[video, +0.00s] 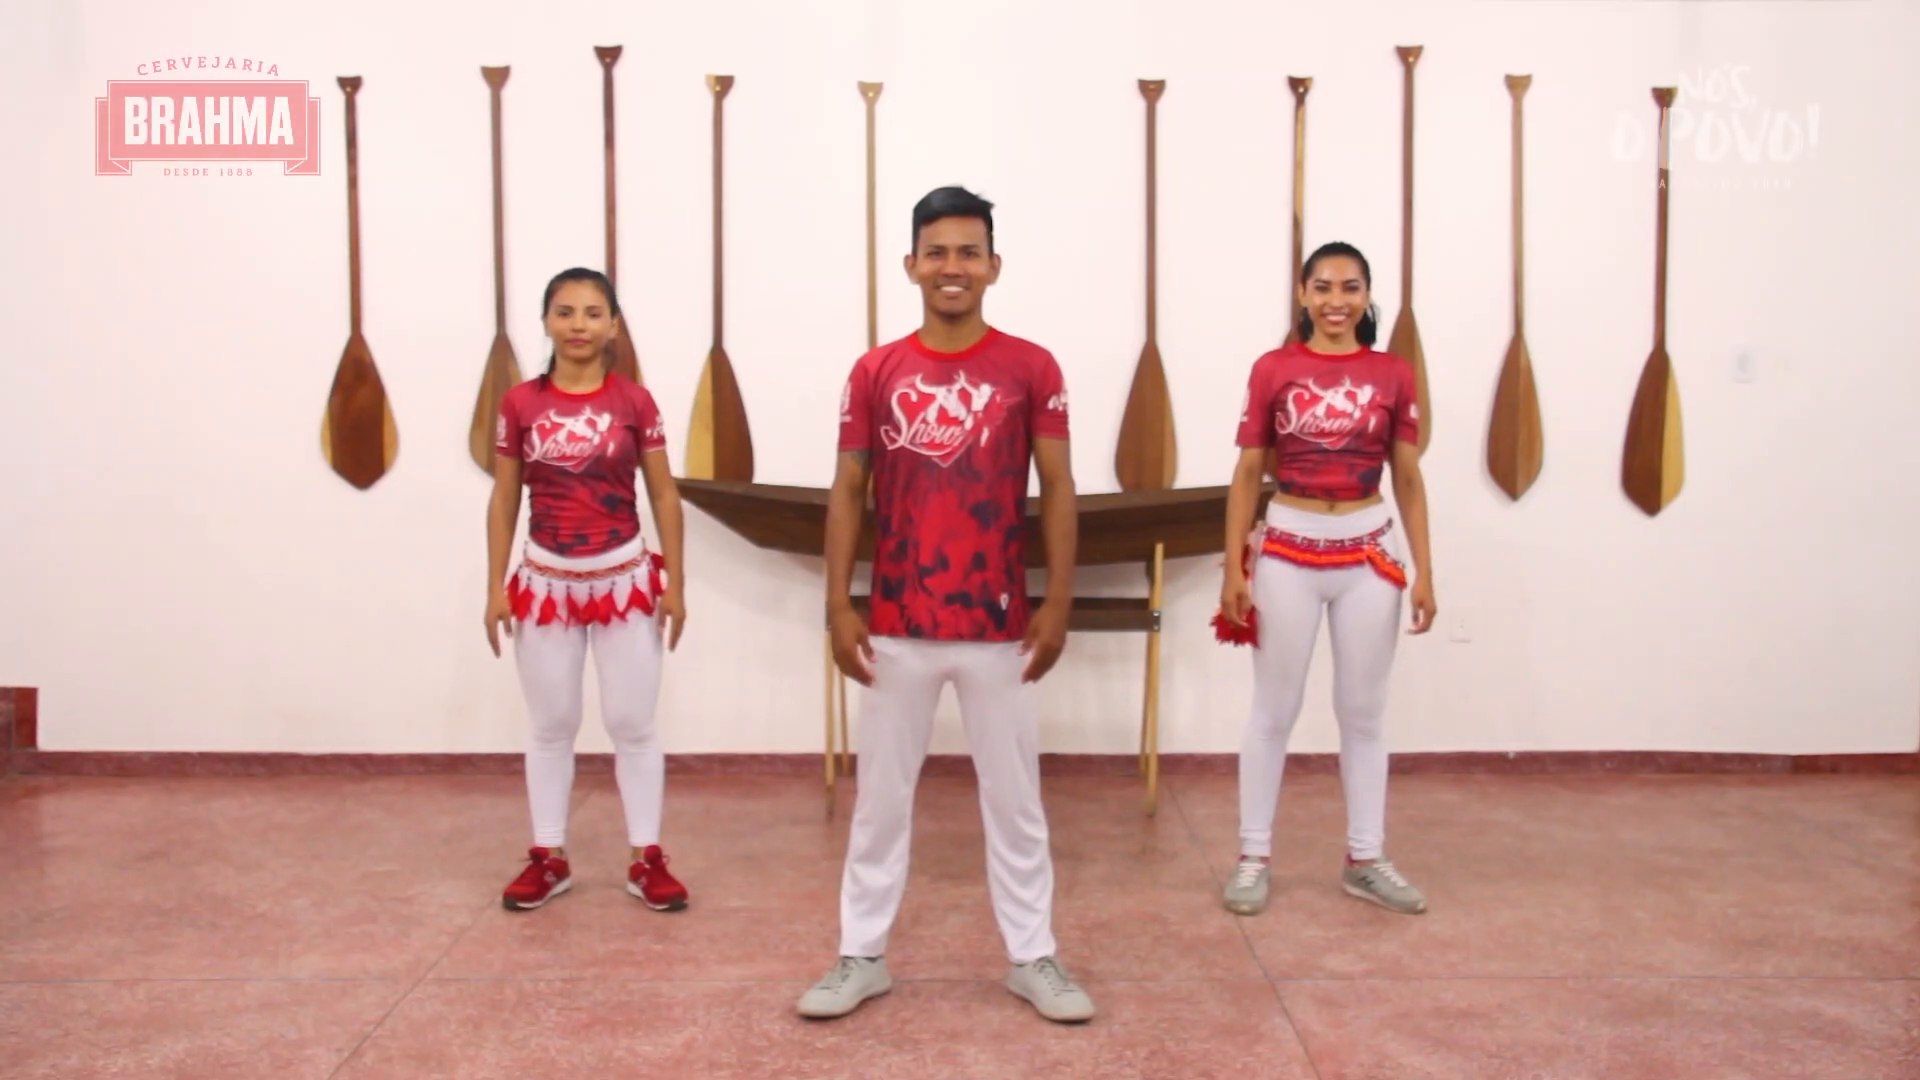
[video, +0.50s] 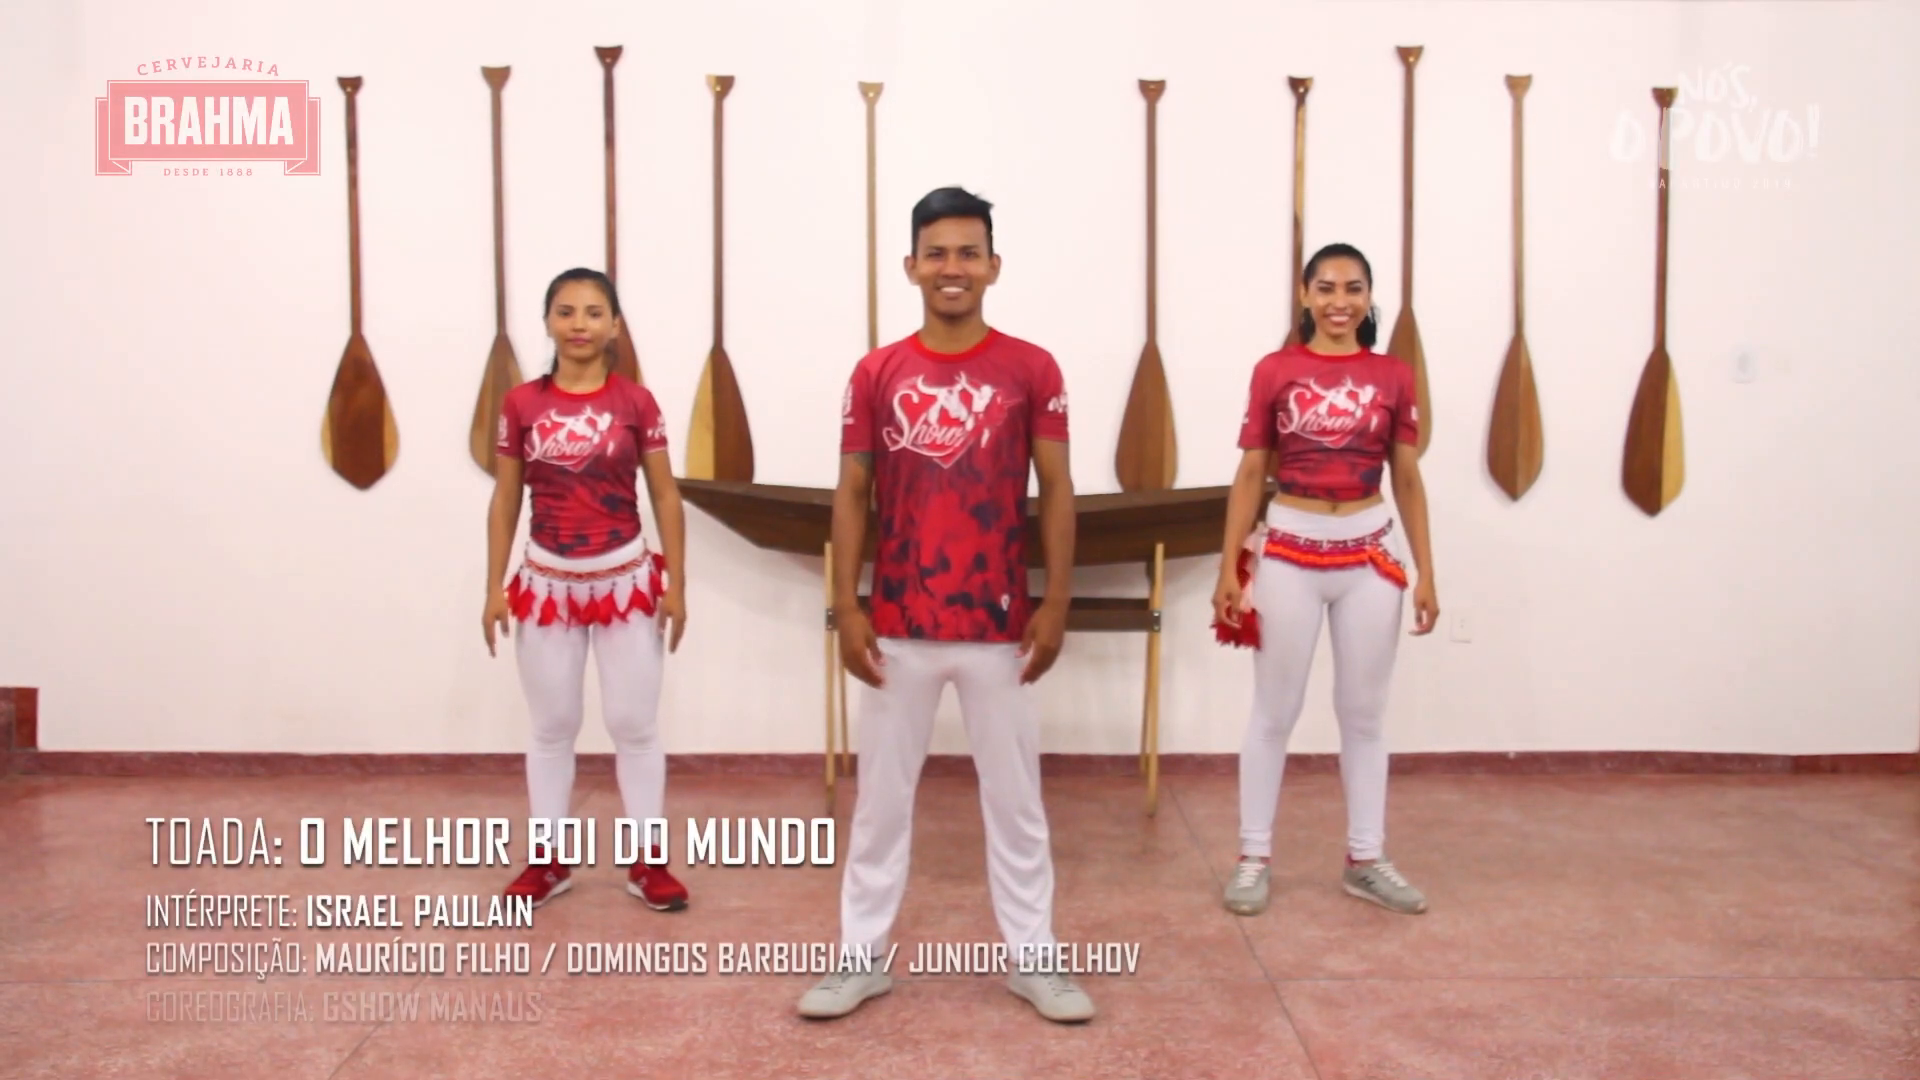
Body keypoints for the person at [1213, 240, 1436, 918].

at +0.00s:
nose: (1336, 298)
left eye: (1349, 287)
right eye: (1323, 286)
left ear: (1367, 296)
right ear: (1303, 294)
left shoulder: (1392, 374)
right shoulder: (1274, 369)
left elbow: (1408, 480)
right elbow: (1248, 474)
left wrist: (1423, 573)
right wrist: (1233, 567)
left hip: (1370, 552)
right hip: (1286, 552)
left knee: (1363, 715)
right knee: (1273, 714)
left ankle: (1365, 859)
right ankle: (1254, 859)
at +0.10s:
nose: (1336, 299)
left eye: (1349, 287)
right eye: (1324, 287)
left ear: (1367, 297)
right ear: (1303, 295)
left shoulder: (1392, 374)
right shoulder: (1274, 369)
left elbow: (1406, 480)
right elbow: (1247, 474)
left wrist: (1421, 572)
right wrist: (1232, 568)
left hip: (1371, 552)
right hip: (1286, 552)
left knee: (1363, 714)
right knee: (1274, 713)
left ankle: (1365, 860)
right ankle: (1254, 859)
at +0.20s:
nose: (1336, 299)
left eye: (1349, 287)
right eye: (1324, 287)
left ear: (1367, 297)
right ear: (1303, 295)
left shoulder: (1392, 375)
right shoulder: (1274, 370)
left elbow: (1405, 479)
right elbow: (1248, 474)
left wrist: (1421, 572)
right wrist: (1231, 567)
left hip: (1371, 552)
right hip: (1286, 552)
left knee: (1363, 715)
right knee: (1274, 712)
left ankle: (1365, 860)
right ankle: (1254, 859)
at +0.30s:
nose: (1337, 299)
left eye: (1350, 288)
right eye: (1324, 287)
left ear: (1367, 297)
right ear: (1304, 295)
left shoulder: (1391, 374)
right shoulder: (1274, 370)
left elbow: (1405, 478)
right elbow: (1250, 473)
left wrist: (1422, 572)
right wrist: (1230, 567)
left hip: (1371, 552)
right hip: (1286, 553)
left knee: (1363, 716)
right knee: (1274, 714)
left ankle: (1365, 860)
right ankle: (1254, 859)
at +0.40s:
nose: (1338, 299)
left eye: (1351, 288)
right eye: (1325, 287)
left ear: (1368, 297)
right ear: (1304, 295)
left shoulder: (1392, 374)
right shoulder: (1275, 370)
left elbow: (1406, 479)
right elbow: (1251, 473)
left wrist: (1424, 572)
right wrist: (1229, 565)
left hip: (1371, 553)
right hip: (1286, 553)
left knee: (1364, 715)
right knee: (1274, 714)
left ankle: (1365, 859)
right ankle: (1254, 858)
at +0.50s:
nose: (1339, 299)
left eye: (1352, 288)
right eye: (1326, 287)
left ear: (1369, 298)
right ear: (1305, 296)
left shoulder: (1393, 375)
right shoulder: (1276, 370)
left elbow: (1407, 480)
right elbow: (1251, 473)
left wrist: (1425, 573)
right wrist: (1228, 564)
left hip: (1372, 554)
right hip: (1287, 554)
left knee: (1364, 716)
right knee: (1274, 714)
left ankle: (1365, 859)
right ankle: (1254, 859)